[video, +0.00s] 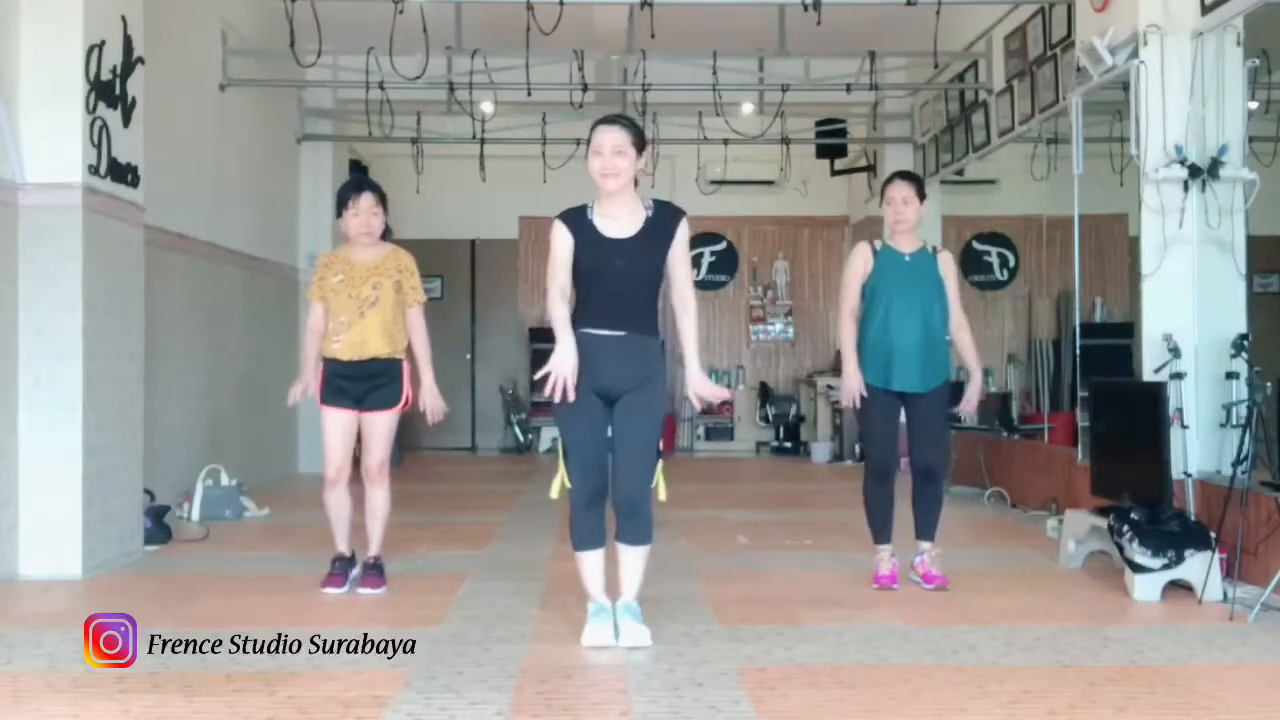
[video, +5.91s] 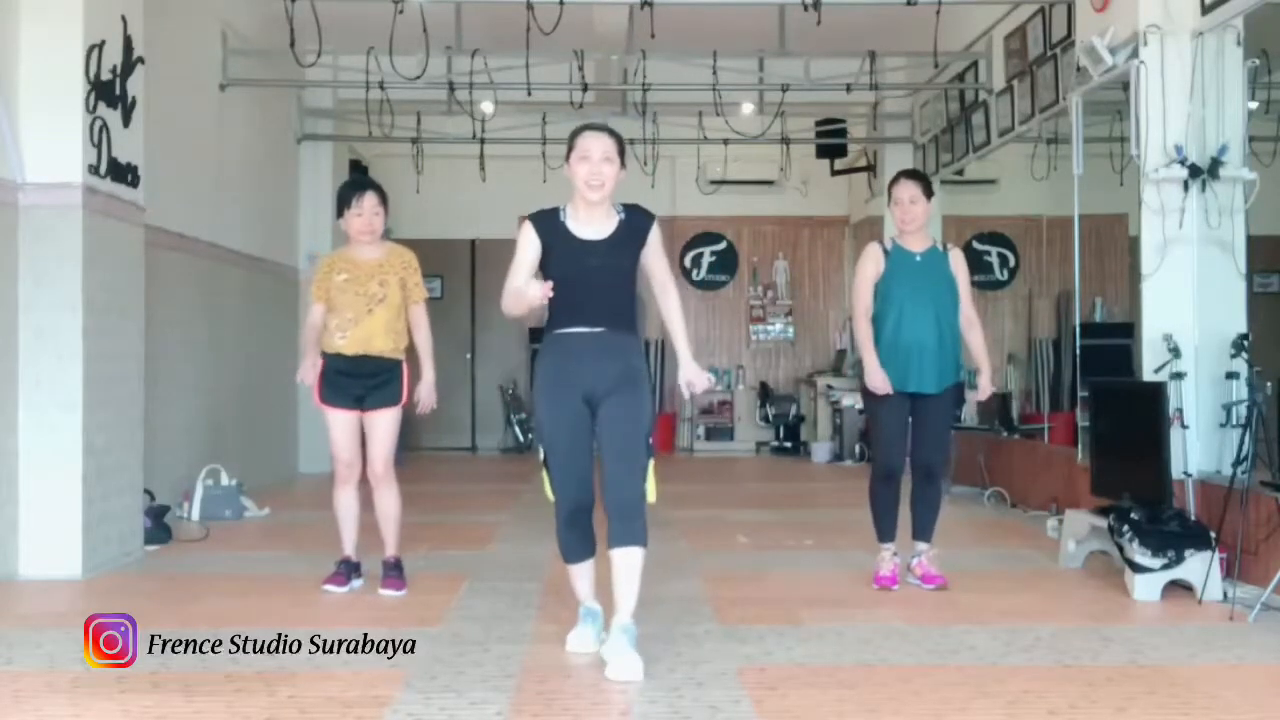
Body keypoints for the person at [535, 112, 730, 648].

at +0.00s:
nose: (607, 161)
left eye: (619, 151)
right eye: (598, 151)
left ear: (641, 159)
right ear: (586, 159)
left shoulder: (670, 223)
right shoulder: (569, 225)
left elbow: (684, 300)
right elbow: (558, 296)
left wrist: (693, 370)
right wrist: (565, 344)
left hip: (644, 369)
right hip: (581, 368)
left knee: (634, 488)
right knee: (587, 486)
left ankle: (628, 605)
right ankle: (597, 605)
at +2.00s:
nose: (608, 158)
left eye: (620, 150)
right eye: (600, 149)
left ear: (639, 162)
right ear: (586, 158)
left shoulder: (666, 220)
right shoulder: (566, 229)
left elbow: (684, 295)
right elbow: (550, 288)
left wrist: (695, 365)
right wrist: (567, 317)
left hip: (642, 370)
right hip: (578, 369)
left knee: (635, 491)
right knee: (585, 489)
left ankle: (629, 604)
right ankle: (597, 604)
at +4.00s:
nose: (607, 166)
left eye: (618, 156)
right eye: (597, 155)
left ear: (635, 165)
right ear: (582, 163)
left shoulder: (664, 220)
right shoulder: (562, 231)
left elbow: (685, 291)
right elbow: (544, 292)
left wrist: (692, 361)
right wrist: (567, 299)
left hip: (641, 368)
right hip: (576, 368)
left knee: (635, 490)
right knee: (585, 488)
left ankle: (629, 605)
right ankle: (597, 605)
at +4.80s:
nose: (622, 161)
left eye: (632, 151)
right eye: (611, 151)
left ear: (647, 159)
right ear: (593, 160)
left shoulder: (669, 220)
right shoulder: (569, 224)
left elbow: (692, 286)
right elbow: (548, 301)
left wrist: (684, 319)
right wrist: (534, 373)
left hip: (653, 364)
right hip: (590, 366)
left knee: (645, 487)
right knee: (598, 487)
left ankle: (632, 604)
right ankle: (599, 605)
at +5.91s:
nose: (595, 169)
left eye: (606, 160)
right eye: (585, 159)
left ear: (621, 170)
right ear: (567, 166)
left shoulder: (641, 226)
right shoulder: (539, 227)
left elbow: (667, 293)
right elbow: (509, 302)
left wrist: (686, 360)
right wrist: (530, 298)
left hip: (623, 366)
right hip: (558, 367)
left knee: (626, 492)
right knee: (572, 497)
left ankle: (623, 627)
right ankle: (588, 611)